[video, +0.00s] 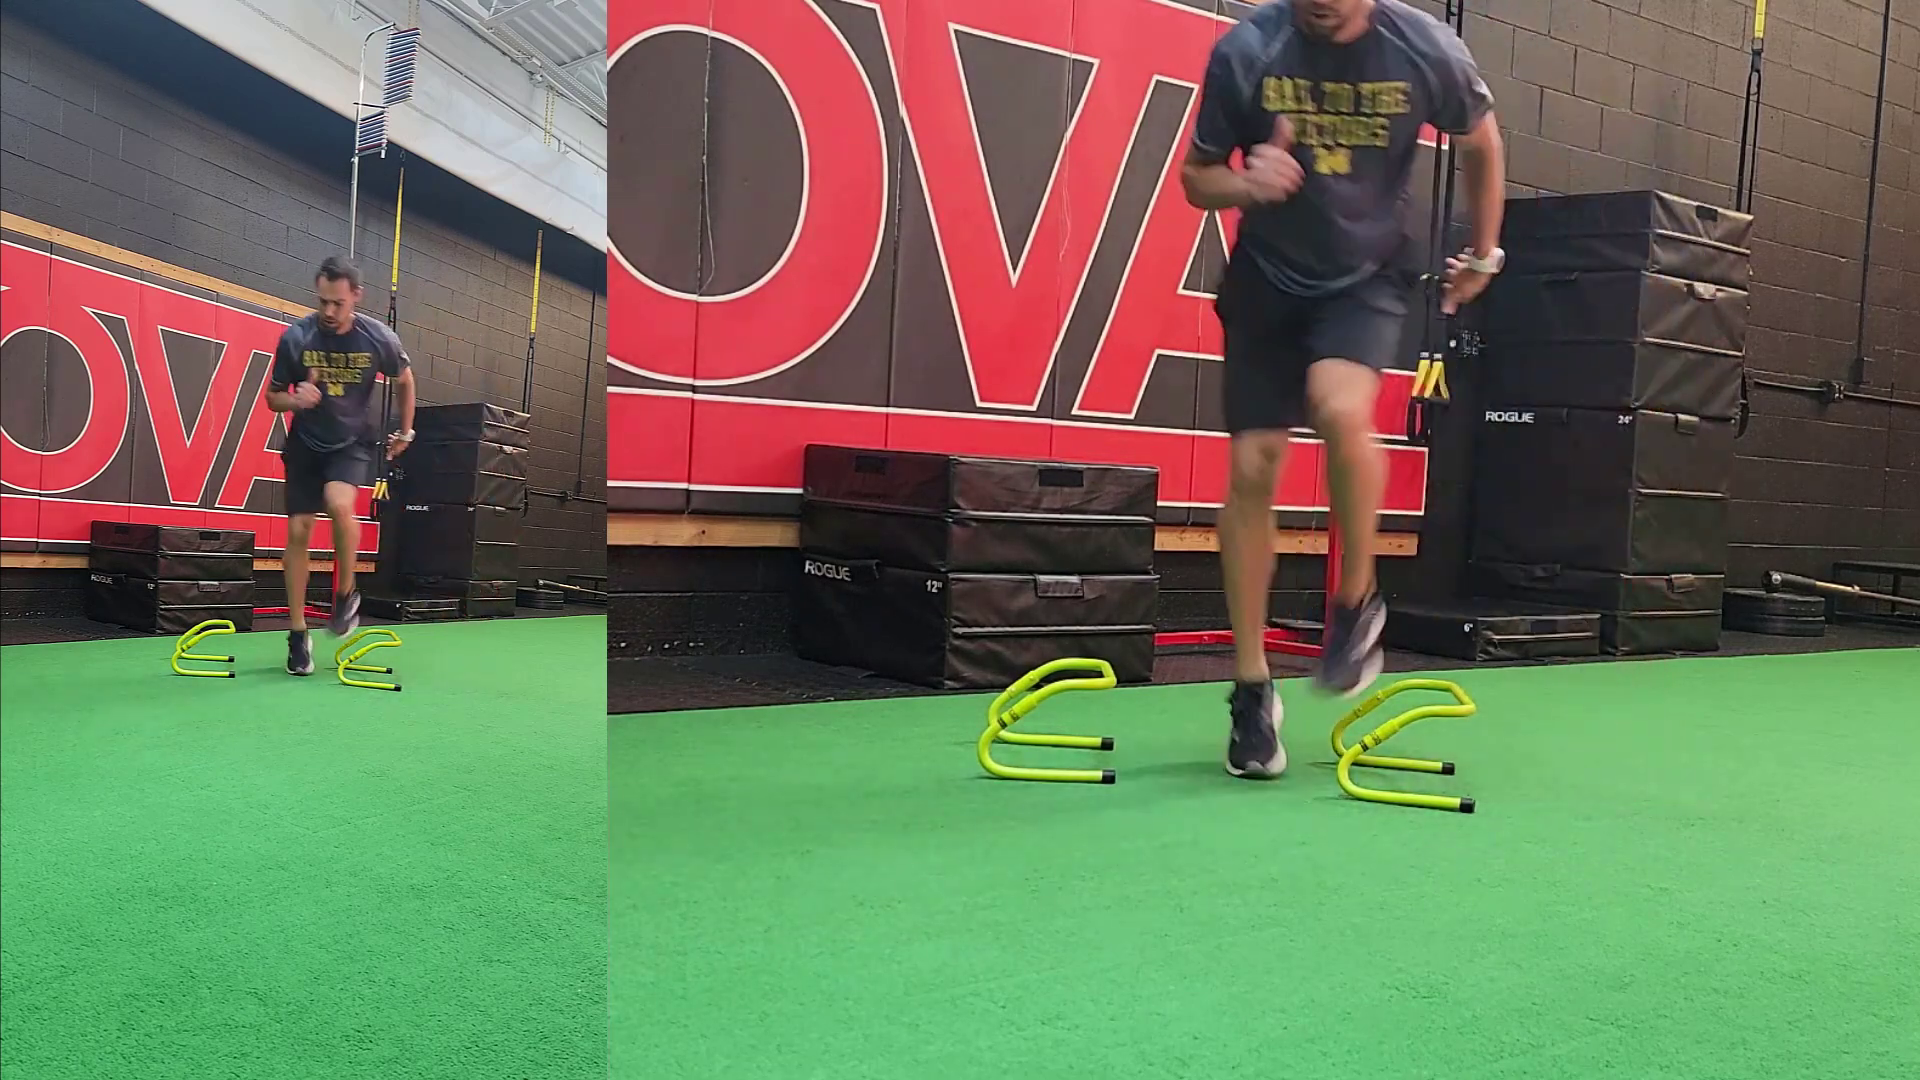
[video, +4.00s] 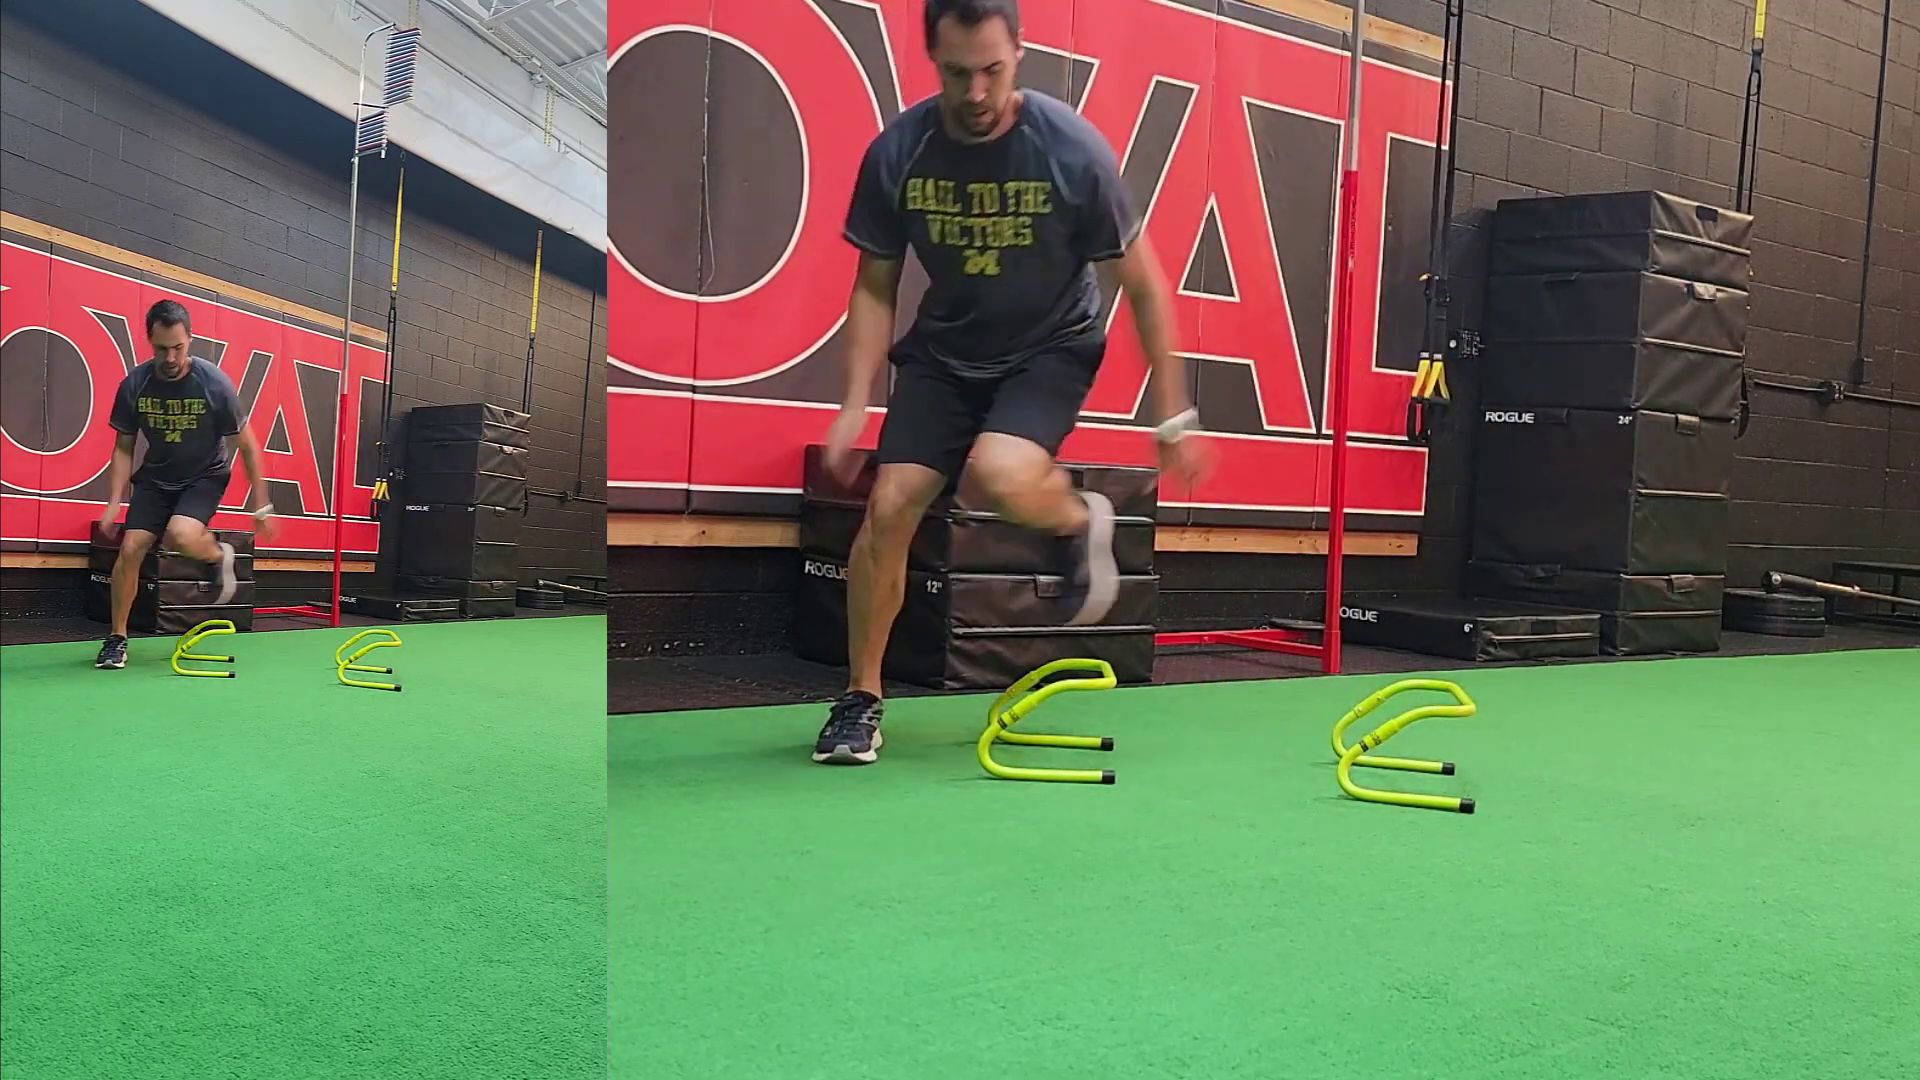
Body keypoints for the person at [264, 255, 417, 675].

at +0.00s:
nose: (330, 312)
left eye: (338, 303)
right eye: (324, 301)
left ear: (356, 297)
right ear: (315, 296)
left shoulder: (379, 340)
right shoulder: (295, 338)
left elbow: (404, 378)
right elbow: (273, 397)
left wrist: (406, 431)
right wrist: (296, 400)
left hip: (353, 445)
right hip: (304, 444)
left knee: (338, 502)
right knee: (298, 529)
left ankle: (345, 594)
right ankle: (298, 633)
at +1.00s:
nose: (142, 366)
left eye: (150, 357)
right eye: (134, 356)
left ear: (166, 344)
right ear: (123, 346)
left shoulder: (195, 388)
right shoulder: (113, 380)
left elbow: (189, 466)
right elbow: (107, 423)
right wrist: (98, 466)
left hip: (189, 472)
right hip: (139, 467)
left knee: (170, 551)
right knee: (123, 542)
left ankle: (163, 545)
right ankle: (108, 636)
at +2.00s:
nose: (433, 356)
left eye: (440, 347)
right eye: (425, 347)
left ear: (446, 340)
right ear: (405, 339)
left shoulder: (457, 375)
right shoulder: (377, 382)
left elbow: (456, 417)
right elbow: (362, 448)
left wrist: (447, 460)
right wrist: (412, 446)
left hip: (431, 476)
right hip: (382, 473)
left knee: (451, 563)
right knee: (375, 533)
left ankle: (471, 652)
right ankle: (379, 550)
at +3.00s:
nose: (317, 311)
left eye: (325, 303)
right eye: (311, 302)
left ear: (341, 298)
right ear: (302, 297)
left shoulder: (363, 343)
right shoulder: (279, 340)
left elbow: (378, 394)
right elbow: (261, 394)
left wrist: (380, 442)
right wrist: (278, 420)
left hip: (336, 446)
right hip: (290, 444)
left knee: (324, 516)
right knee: (284, 528)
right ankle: (298, 611)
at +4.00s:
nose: (170, 357)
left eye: (177, 347)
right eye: (162, 348)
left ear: (190, 339)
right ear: (149, 342)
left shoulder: (215, 385)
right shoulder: (134, 386)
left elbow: (247, 445)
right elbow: (123, 448)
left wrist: (261, 504)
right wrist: (114, 501)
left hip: (204, 476)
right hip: (155, 477)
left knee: (180, 536)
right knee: (131, 547)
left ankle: (220, 557)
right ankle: (117, 638)